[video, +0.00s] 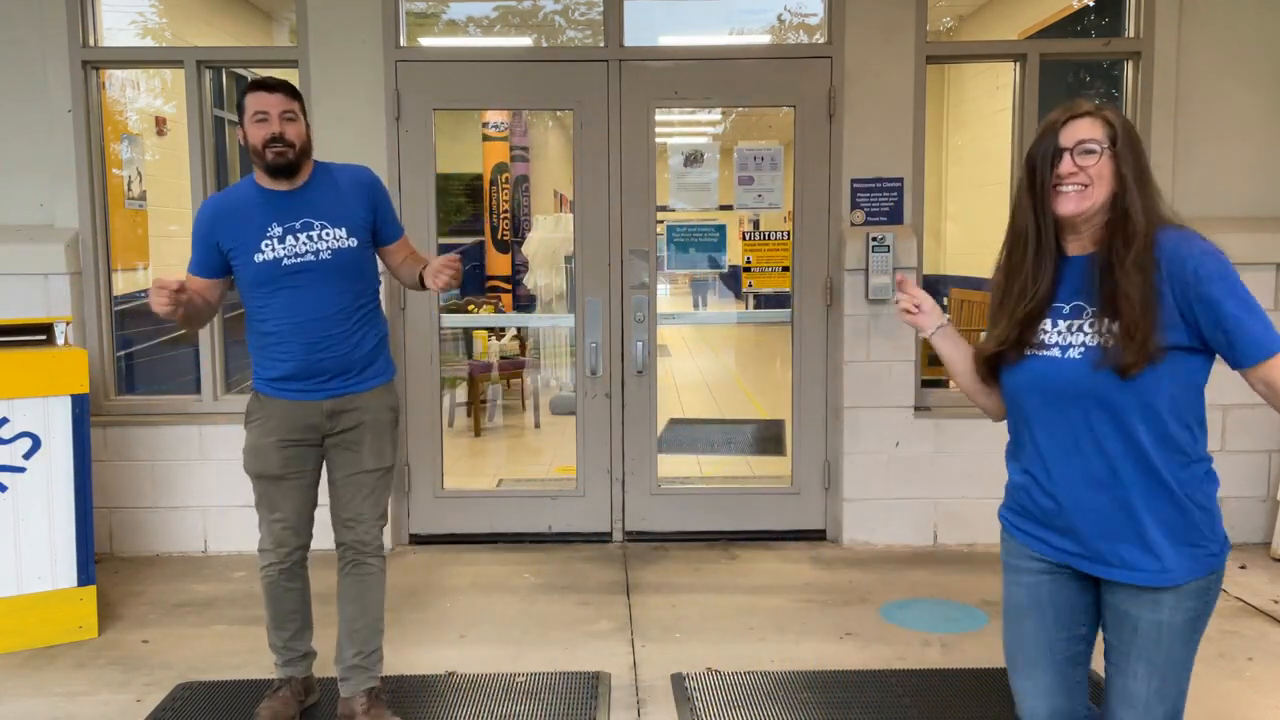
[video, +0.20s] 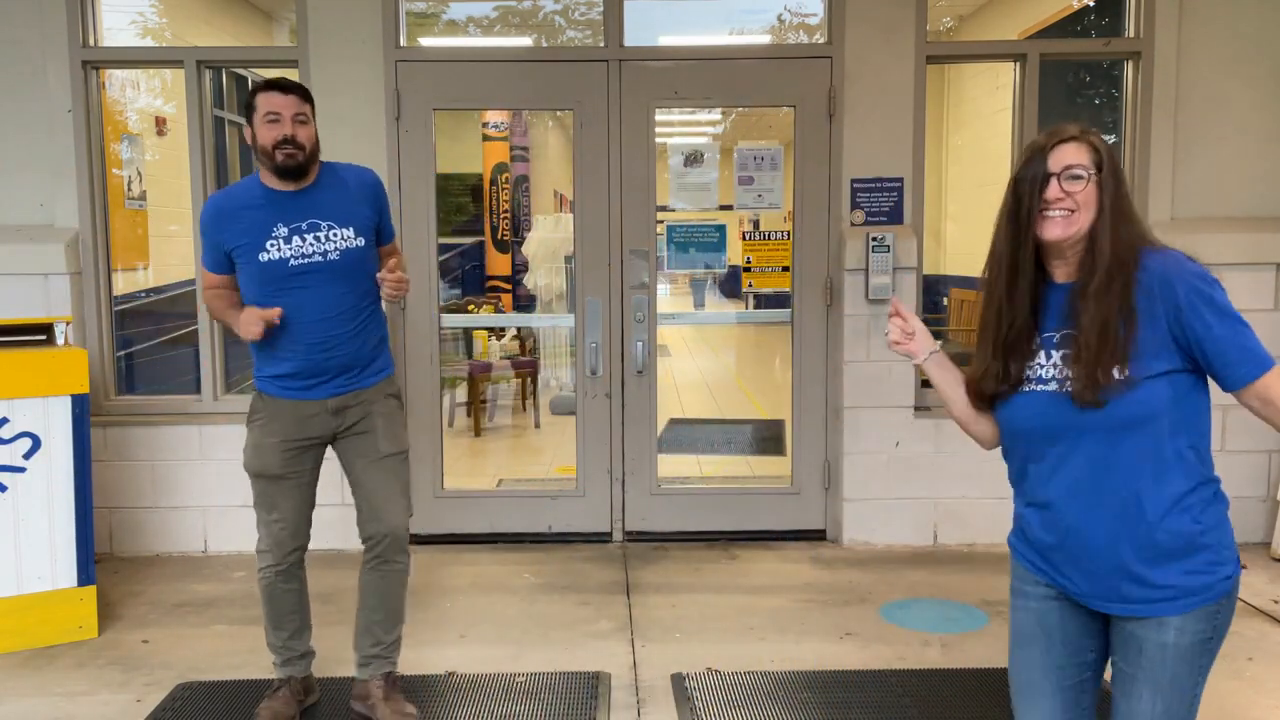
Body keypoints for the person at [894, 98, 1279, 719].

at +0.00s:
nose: (1067, 166)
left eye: (1088, 152)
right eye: (1054, 155)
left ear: (1123, 170)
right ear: (1037, 176)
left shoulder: (1178, 260)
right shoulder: (1030, 272)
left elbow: (1271, 376)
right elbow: (999, 399)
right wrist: (938, 328)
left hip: (1160, 550)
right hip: (1040, 540)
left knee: (1141, 710)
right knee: (1042, 708)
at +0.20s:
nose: (1054, 191)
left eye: (1074, 177)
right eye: (1041, 179)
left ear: (1106, 194)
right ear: (1023, 200)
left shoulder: (1169, 283)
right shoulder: (1020, 301)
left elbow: (1265, 393)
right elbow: (988, 427)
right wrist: (929, 355)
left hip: (1169, 581)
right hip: (1048, 573)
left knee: (1146, 712)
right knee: (1040, 711)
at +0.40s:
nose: (1038, 182)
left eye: (1055, 166)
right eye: (1022, 173)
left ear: (1089, 180)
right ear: (1009, 197)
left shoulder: (1168, 279)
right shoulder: (990, 294)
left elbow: (1247, 394)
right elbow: (946, 411)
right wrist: (862, 402)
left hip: (1160, 559)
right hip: (1024, 550)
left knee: (1163, 712)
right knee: (981, 708)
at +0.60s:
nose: (967, 173)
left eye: (983, 152)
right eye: (953, 169)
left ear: (1031, 153)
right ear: (951, 195)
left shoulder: (1125, 257)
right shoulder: (946, 275)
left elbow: (1164, 396)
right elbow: (900, 406)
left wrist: (1200, 360)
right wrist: (798, 455)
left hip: (1100, 544)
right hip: (969, 535)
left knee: (1138, 711)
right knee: (934, 709)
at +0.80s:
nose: (907, 194)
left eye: (920, 177)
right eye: (888, 190)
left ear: (953, 191)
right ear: (872, 219)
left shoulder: (1008, 301)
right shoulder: (848, 315)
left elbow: (1033, 416)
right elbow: (809, 445)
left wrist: (1069, 428)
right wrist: (730, 512)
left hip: (1001, 581)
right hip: (872, 585)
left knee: (1064, 710)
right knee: (877, 711)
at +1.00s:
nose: (816, 174)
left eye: (829, 157)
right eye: (795, 168)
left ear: (858, 174)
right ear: (778, 198)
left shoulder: (881, 287)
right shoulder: (752, 293)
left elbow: (890, 399)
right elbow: (694, 419)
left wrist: (953, 455)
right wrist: (641, 518)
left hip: (879, 551)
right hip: (777, 567)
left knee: (971, 690)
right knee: (819, 711)